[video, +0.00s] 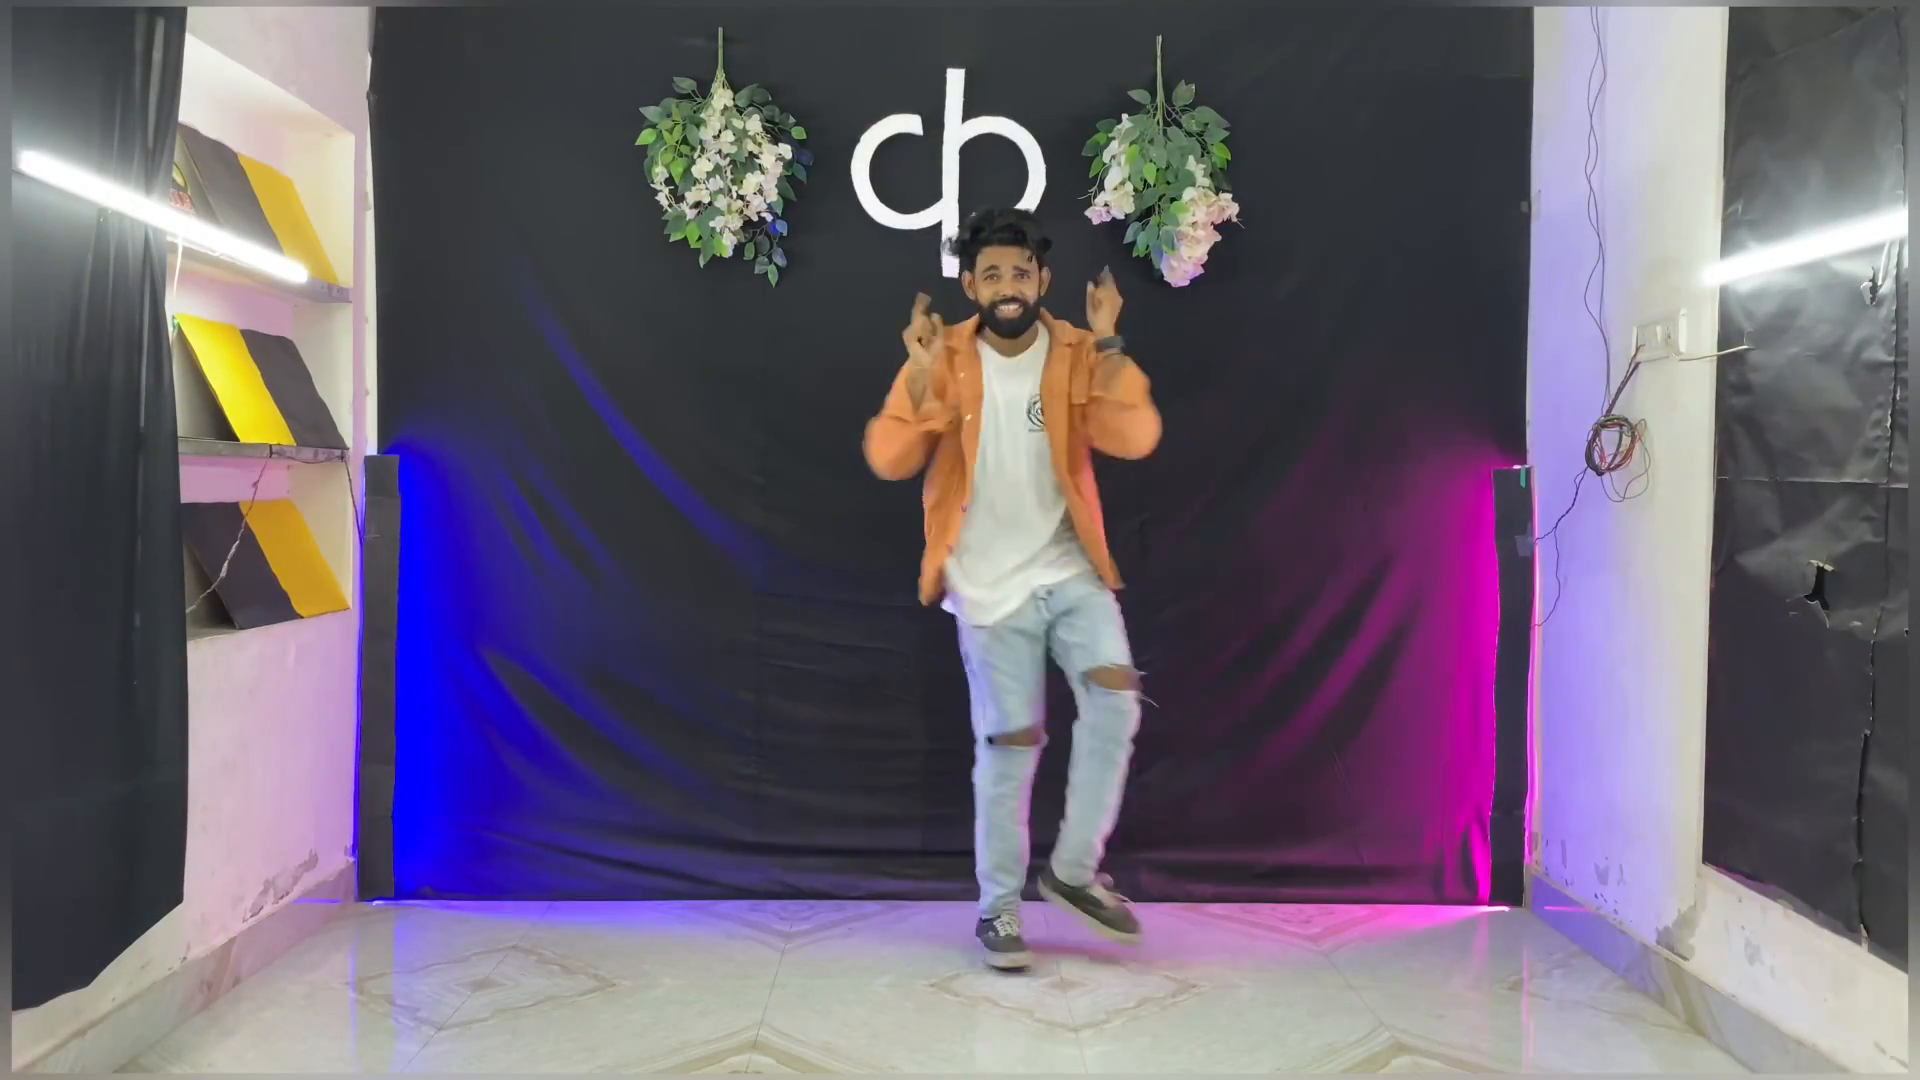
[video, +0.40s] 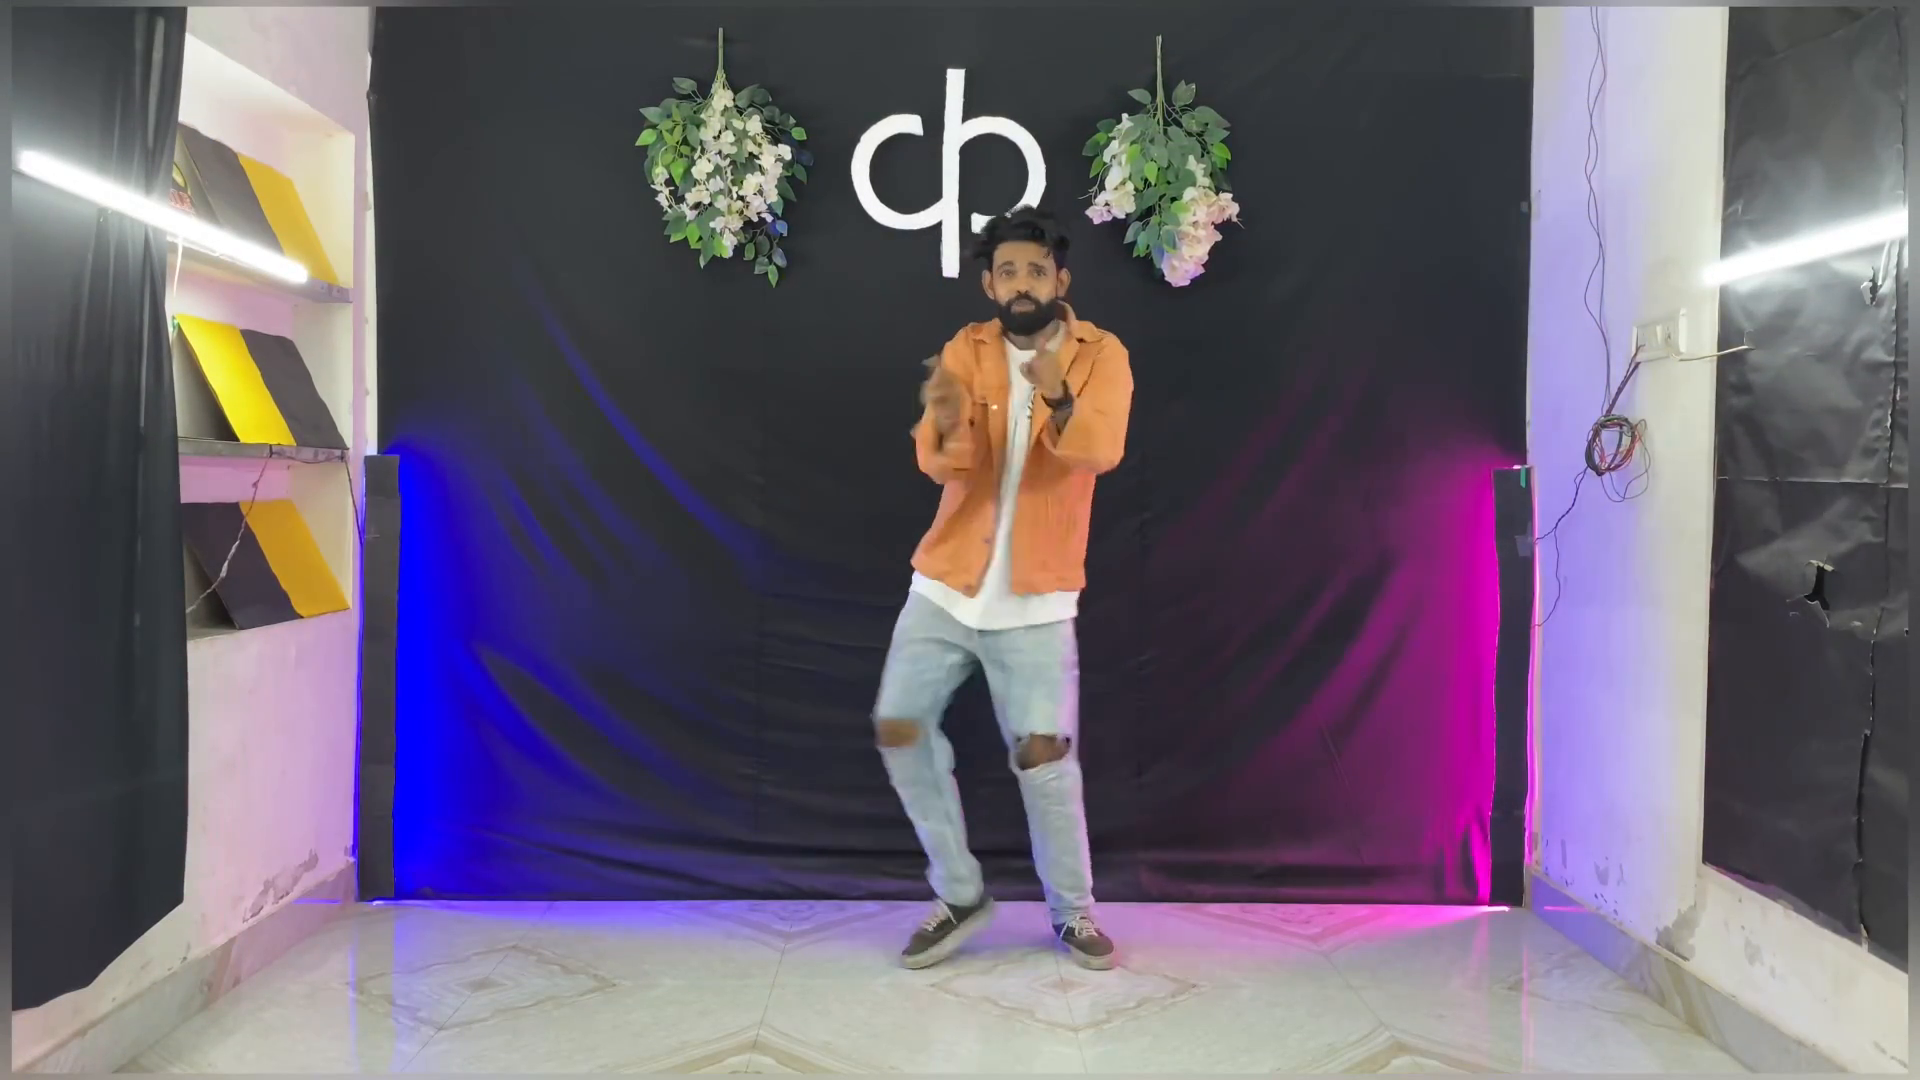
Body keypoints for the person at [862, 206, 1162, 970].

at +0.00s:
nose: (1007, 286)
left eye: (1020, 271)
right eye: (991, 273)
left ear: (1042, 276)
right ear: (970, 283)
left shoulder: (1075, 353)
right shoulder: (943, 360)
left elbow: (1133, 438)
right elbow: (888, 461)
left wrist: (1107, 346)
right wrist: (919, 375)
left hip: (1072, 565)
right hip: (989, 579)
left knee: (1115, 698)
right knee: (1010, 740)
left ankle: (1073, 869)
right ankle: (1000, 906)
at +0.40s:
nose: (1019, 285)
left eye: (1035, 270)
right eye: (1005, 271)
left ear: (1062, 276)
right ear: (987, 279)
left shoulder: (1100, 355)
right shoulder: (967, 351)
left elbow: (1101, 448)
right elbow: (941, 463)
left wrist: (1054, 392)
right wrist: (943, 425)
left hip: (1036, 590)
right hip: (947, 578)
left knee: (1042, 750)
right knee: (899, 725)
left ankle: (1073, 911)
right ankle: (960, 892)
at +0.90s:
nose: (890, 298)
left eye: (907, 286)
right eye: (876, 287)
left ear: (935, 299)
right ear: (857, 300)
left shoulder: (988, 361)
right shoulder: (821, 362)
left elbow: (1096, 339)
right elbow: (706, 360)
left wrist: (1200, 309)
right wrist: (611, 324)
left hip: (947, 612)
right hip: (845, 601)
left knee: (979, 766)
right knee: (760, 746)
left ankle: (1066, 904)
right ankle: (676, 915)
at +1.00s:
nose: (855, 356)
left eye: (871, 343)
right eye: (841, 344)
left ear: (901, 352)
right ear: (823, 358)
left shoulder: (950, 426)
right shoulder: (791, 427)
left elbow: (1051, 449)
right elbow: (685, 472)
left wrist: (1149, 470)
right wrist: (580, 484)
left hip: (902, 679)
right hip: (804, 667)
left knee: (912, 856)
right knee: (734, 808)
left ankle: (1054, 914)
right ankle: (648, 926)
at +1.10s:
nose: (852, 384)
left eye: (866, 371)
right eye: (836, 371)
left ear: (892, 385)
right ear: (815, 388)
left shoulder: (940, 468)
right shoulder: (788, 465)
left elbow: (1008, 555)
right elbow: (729, 563)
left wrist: (1082, 632)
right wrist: (655, 641)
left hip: (902, 697)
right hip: (805, 688)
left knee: (907, 866)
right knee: (750, 831)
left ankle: (1052, 918)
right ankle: (648, 934)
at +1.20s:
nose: (882, 372)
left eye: (896, 358)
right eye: (866, 359)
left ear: (920, 370)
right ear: (842, 374)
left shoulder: (963, 449)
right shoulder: (818, 452)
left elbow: (991, 559)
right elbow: (805, 559)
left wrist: (1007, 664)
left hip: (948, 679)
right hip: (854, 684)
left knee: (965, 825)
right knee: (789, 825)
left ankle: (1060, 924)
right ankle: (661, 928)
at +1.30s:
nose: (928, 347)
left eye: (942, 333)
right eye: (912, 333)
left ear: (965, 343)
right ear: (887, 344)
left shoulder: (1002, 405)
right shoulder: (869, 417)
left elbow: (1019, 520)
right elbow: (872, 533)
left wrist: (963, 595)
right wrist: (940, 545)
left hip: (1003, 632)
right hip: (909, 640)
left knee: (1034, 777)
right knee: (857, 791)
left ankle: (1062, 921)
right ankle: (722, 909)